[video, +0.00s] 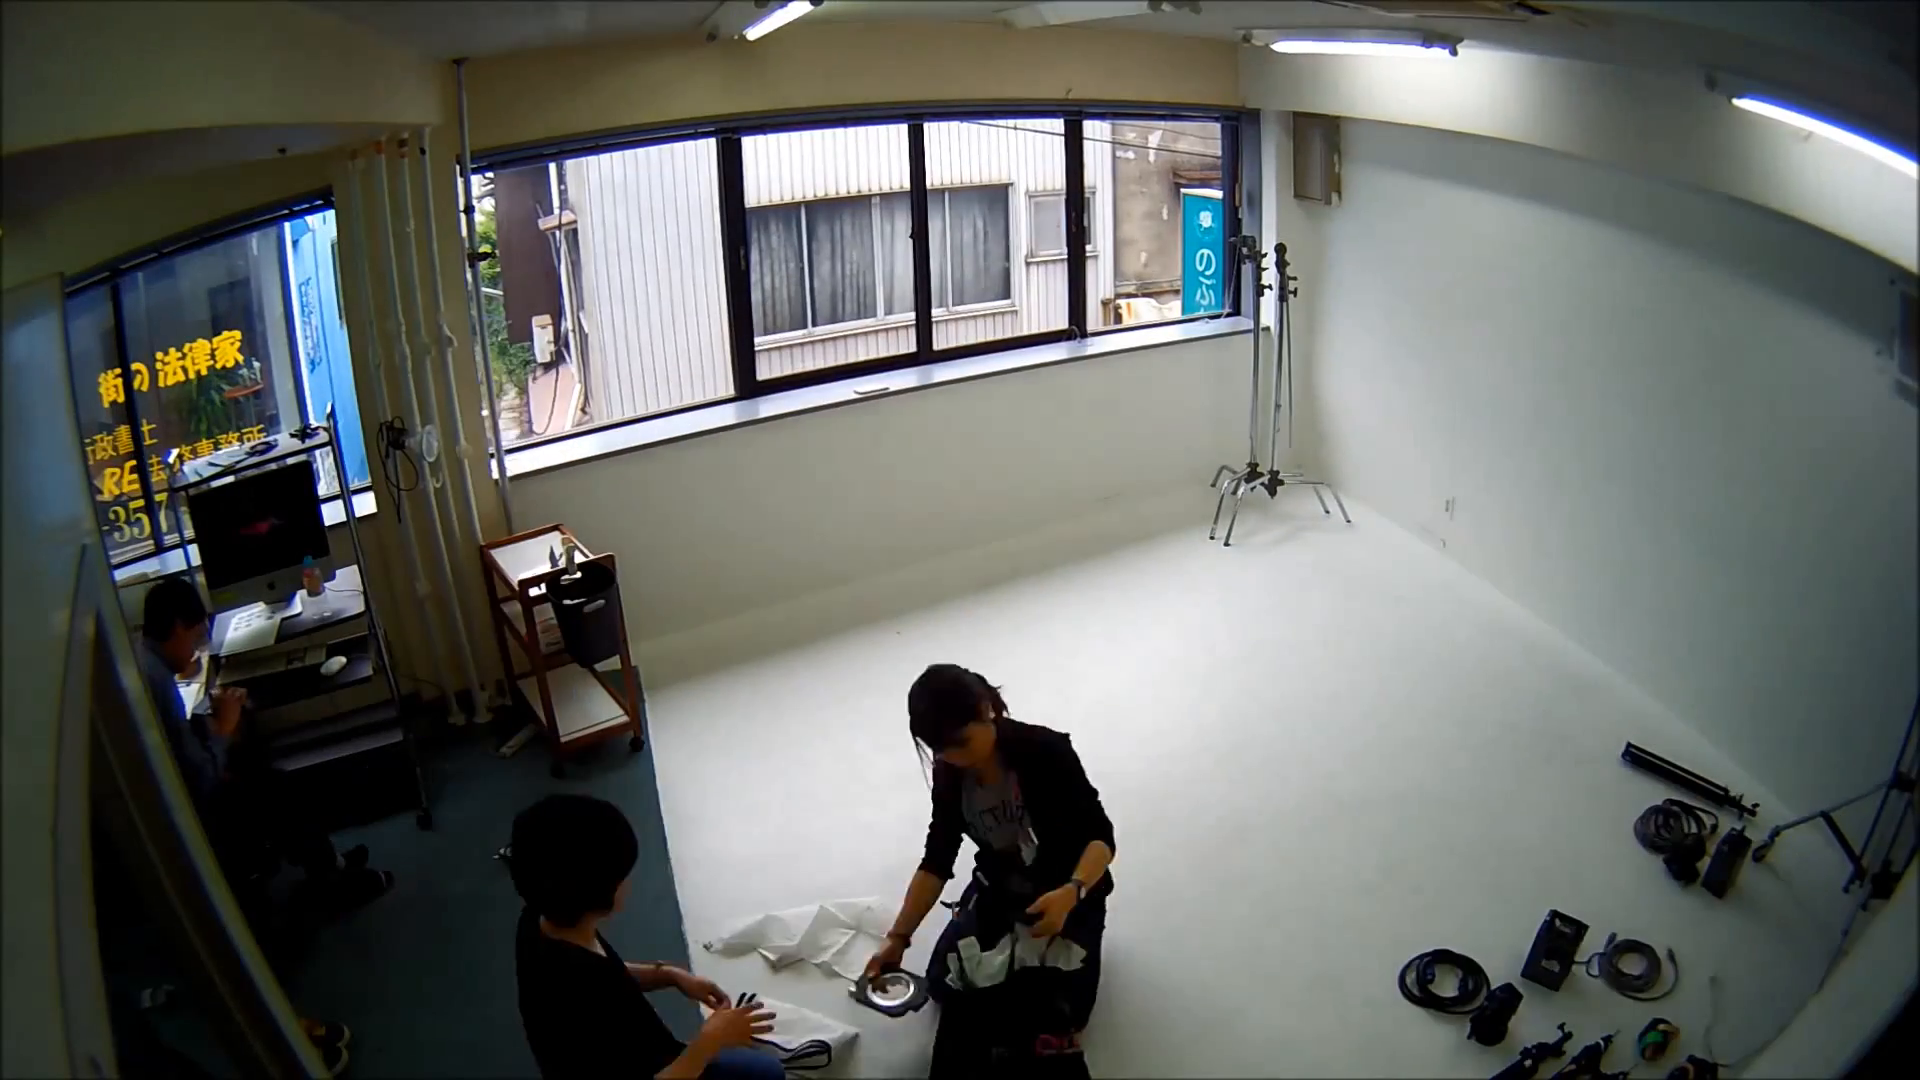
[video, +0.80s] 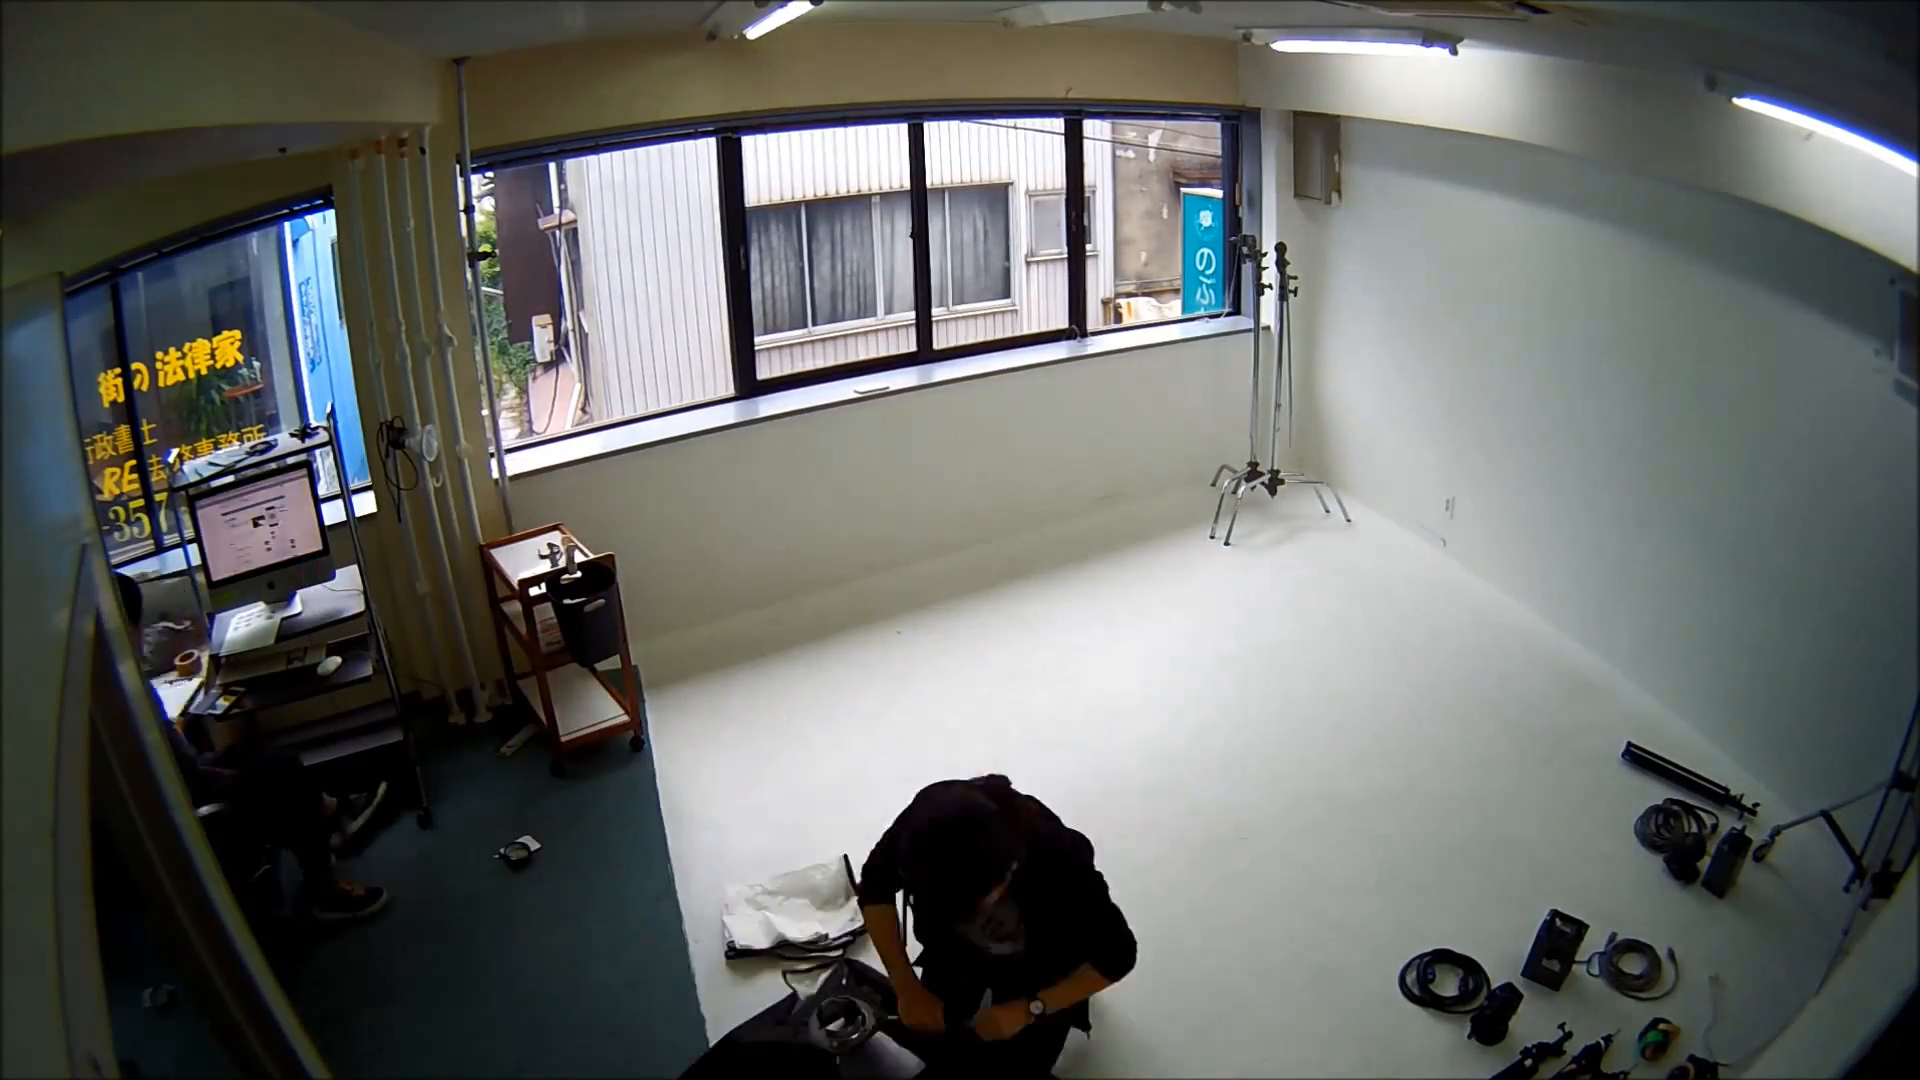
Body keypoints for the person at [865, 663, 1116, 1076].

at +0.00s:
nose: (952, 758)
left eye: (959, 743)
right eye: (940, 749)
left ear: (988, 711)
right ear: (930, 745)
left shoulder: (1048, 752)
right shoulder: (949, 771)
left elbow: (1101, 838)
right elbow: (937, 861)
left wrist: (1072, 892)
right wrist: (897, 939)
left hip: (1064, 893)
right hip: (997, 891)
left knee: (1051, 1011)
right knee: (948, 985)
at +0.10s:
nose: (1027, 824)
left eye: (1042, 810)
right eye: (1017, 811)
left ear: (1071, 791)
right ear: (1001, 789)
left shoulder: (1096, 824)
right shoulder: (993, 785)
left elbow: (1088, 943)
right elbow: (976, 856)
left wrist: (1050, 1049)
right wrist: (970, 925)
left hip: (1062, 915)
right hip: (1003, 898)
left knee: (1069, 1023)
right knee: (953, 976)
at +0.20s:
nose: (1019, 760)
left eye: (1030, 745)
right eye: (1008, 747)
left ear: (1063, 725)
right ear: (999, 740)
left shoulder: (1116, 774)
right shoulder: (1005, 779)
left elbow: (1123, 857)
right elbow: (1000, 848)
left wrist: (1071, 835)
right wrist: (1007, 895)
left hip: (1095, 912)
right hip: (1028, 907)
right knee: (954, 978)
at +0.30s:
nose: (1098, 772)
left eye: (1113, 758)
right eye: (1083, 758)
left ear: (1139, 734)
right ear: (1063, 738)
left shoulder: (1168, 776)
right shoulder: (1043, 767)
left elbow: (1161, 890)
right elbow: (1028, 860)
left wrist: (1105, 959)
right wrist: (1035, 939)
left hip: (1136, 915)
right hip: (1060, 909)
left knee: (1124, 1022)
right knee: (992, 993)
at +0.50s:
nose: (1019, 842)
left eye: (1015, 827)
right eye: (1011, 830)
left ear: (1045, 813)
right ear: (1073, 772)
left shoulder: (1119, 869)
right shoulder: (1162, 780)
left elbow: (1073, 992)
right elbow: (1094, 890)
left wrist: (1012, 1020)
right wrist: (1022, 952)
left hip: (1328, 974)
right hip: (1364, 901)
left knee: (1199, 1060)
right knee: (1115, 907)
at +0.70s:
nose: (982, 799)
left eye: (985, 790)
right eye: (976, 794)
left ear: (1006, 769)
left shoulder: (1071, 769)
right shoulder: (995, 744)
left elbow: (1116, 846)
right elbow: (991, 805)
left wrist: (1054, 902)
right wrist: (1004, 875)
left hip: (1098, 848)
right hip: (1040, 836)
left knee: (1038, 967)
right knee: (992, 941)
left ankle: (1103, 894)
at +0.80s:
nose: (971, 910)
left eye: (978, 899)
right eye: (958, 904)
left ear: (1005, 872)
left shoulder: (1060, 859)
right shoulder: (923, 823)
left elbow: (1118, 955)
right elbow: (874, 888)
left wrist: (1031, 1007)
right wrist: (906, 987)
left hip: (1041, 966)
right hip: (954, 953)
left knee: (1018, 1070)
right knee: (933, 1045)